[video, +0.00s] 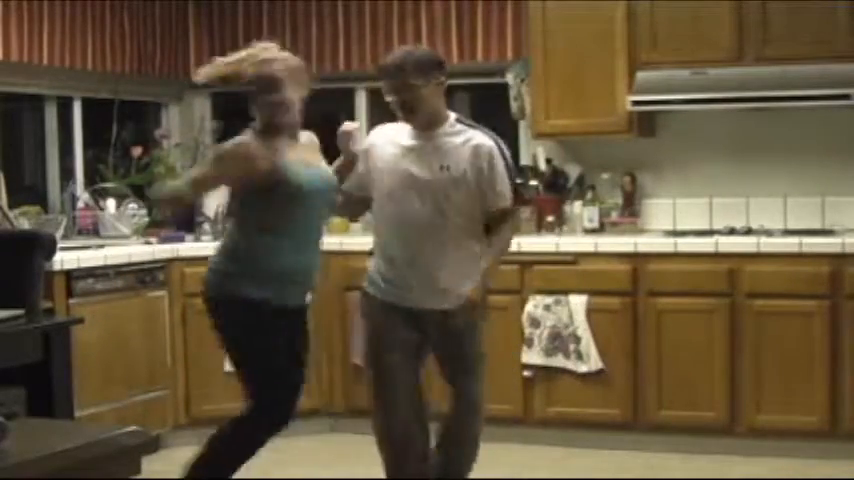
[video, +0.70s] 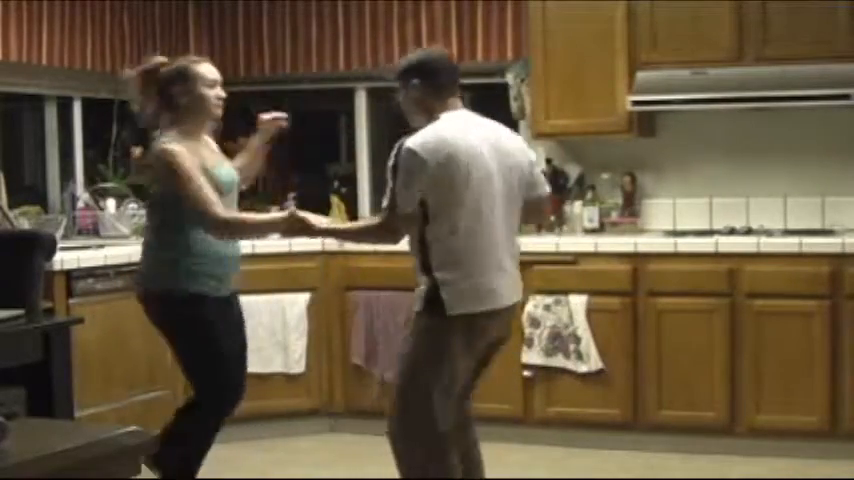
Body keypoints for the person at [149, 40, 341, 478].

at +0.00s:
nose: (276, 97)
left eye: (283, 86)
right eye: (264, 89)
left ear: (302, 91)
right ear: (251, 98)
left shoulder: (310, 144)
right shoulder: (244, 151)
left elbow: (318, 197)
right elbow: (173, 196)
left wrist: (348, 159)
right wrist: (224, 177)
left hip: (288, 297)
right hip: (239, 293)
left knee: (278, 407)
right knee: (273, 405)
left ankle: (208, 470)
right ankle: (202, 473)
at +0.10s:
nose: (208, 101)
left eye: (215, 89)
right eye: (207, 91)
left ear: (246, 86)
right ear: (235, 90)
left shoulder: (308, 137)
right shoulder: (207, 150)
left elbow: (336, 195)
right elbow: (154, 198)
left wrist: (348, 170)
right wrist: (96, 190)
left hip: (286, 293)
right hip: (216, 287)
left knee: (246, 413)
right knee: (194, 407)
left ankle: (217, 475)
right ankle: (194, 472)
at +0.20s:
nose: (186, 97)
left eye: (193, 88)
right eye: (187, 89)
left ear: (220, 90)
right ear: (215, 93)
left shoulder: (269, 132)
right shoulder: (206, 145)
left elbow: (340, 173)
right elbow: (208, 201)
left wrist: (284, 164)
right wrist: (163, 191)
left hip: (261, 289)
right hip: (210, 287)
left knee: (202, 395)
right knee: (173, 390)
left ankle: (240, 473)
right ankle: (233, 469)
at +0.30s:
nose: (185, 95)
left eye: (193, 87)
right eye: (186, 87)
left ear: (219, 89)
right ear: (233, 91)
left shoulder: (222, 127)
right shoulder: (263, 142)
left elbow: (229, 169)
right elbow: (280, 212)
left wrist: (164, 144)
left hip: (217, 278)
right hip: (255, 279)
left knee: (176, 388)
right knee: (198, 386)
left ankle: (232, 472)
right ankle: (236, 471)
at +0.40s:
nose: (195, 87)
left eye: (198, 80)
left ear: (201, 85)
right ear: (249, 88)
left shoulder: (176, 134)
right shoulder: (273, 148)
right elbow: (295, 219)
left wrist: (99, 136)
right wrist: (321, 201)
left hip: (179, 284)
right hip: (247, 290)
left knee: (180, 395)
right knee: (223, 396)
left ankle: (188, 472)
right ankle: (220, 474)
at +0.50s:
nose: (252, 96)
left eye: (250, 88)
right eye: (247, 88)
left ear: (200, 91)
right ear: (229, 93)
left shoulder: (163, 140)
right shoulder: (250, 148)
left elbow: (100, 174)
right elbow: (277, 223)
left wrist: (130, 129)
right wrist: (330, 198)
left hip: (168, 284)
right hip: (230, 292)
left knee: (192, 385)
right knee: (226, 406)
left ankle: (145, 464)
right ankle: (193, 476)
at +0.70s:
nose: (222, 94)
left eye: (222, 85)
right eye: (212, 85)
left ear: (213, 94)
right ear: (182, 94)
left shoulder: (205, 143)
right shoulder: (170, 152)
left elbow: (233, 179)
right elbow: (217, 221)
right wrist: (281, 222)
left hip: (212, 285)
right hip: (177, 288)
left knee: (228, 385)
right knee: (218, 387)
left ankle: (169, 461)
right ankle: (169, 463)